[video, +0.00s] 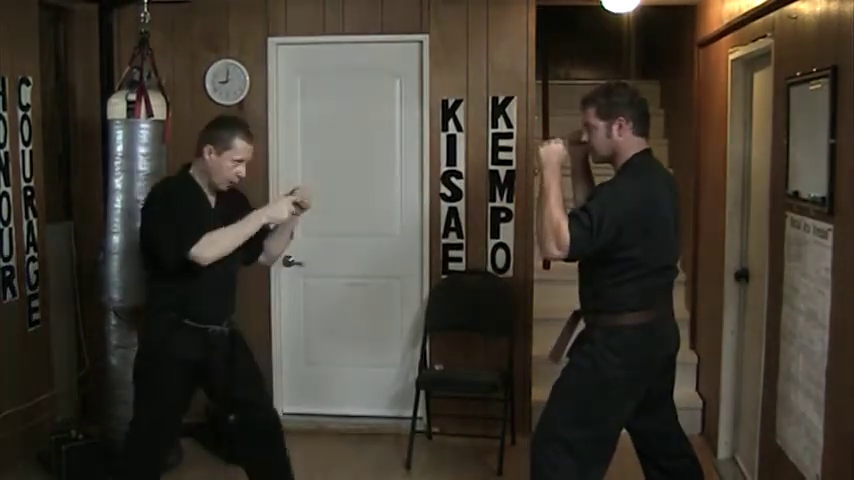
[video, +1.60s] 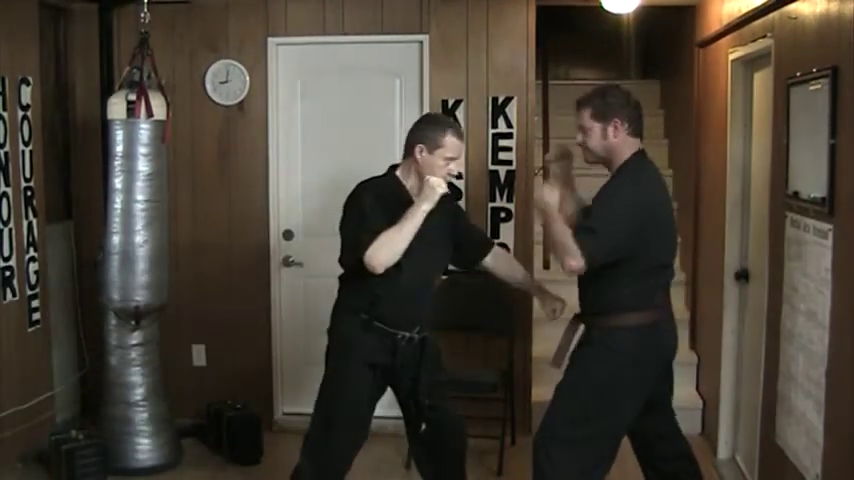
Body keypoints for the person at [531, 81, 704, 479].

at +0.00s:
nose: (586, 138)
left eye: (590, 128)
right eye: (585, 129)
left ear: (619, 127)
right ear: (626, 127)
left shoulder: (628, 187)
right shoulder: (659, 179)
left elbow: (560, 244)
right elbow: (594, 223)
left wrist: (551, 172)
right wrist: (580, 165)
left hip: (617, 343)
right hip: (655, 336)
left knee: (556, 451)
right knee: (665, 448)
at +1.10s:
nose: (584, 137)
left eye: (588, 127)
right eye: (583, 127)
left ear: (617, 126)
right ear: (625, 126)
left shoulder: (619, 189)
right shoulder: (664, 181)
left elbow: (550, 247)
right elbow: (602, 225)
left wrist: (544, 180)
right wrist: (588, 166)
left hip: (616, 343)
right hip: (658, 336)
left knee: (556, 451)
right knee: (665, 447)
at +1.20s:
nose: (586, 139)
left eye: (589, 128)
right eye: (585, 129)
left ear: (617, 126)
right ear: (626, 125)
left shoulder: (620, 189)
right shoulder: (665, 181)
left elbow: (546, 249)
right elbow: (602, 221)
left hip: (618, 343)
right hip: (660, 336)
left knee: (557, 450)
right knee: (664, 446)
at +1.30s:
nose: (585, 139)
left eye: (588, 128)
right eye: (585, 128)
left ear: (617, 126)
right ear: (627, 126)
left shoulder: (616, 190)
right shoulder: (666, 181)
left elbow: (545, 258)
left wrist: (541, 290)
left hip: (617, 343)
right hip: (661, 338)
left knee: (557, 450)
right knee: (664, 447)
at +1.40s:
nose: (584, 140)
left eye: (587, 129)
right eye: (583, 130)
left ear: (616, 127)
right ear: (625, 127)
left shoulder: (616, 189)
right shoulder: (664, 181)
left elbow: (545, 263)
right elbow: (639, 270)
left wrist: (535, 293)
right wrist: (586, 324)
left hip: (618, 345)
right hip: (661, 340)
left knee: (556, 451)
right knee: (664, 449)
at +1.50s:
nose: (582, 140)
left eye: (586, 130)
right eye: (582, 130)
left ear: (615, 127)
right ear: (624, 127)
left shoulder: (616, 191)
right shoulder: (665, 184)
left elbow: (553, 263)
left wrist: (550, 245)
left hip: (618, 342)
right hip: (660, 336)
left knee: (557, 448)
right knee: (662, 447)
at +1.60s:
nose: (579, 140)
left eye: (584, 130)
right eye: (579, 131)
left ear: (615, 129)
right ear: (616, 129)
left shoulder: (630, 184)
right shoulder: (639, 177)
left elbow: (575, 259)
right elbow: (589, 226)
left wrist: (551, 209)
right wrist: (566, 185)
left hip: (621, 340)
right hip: (645, 335)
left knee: (558, 451)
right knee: (661, 446)